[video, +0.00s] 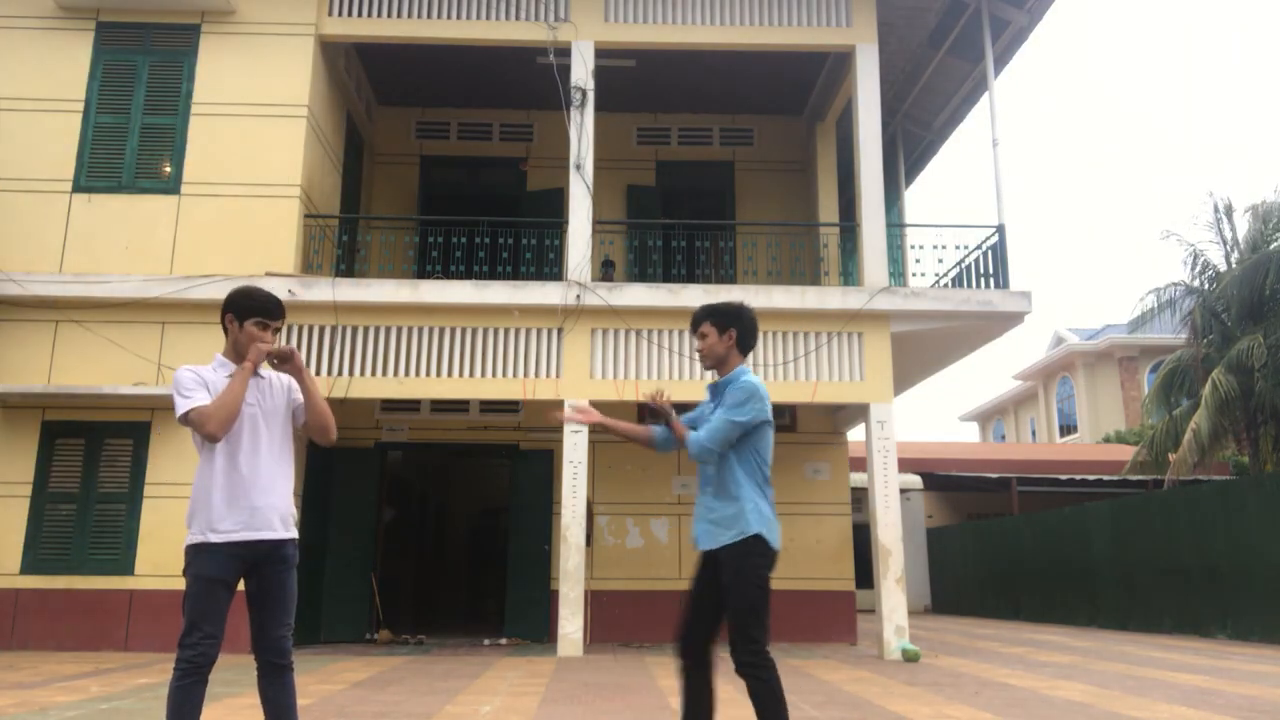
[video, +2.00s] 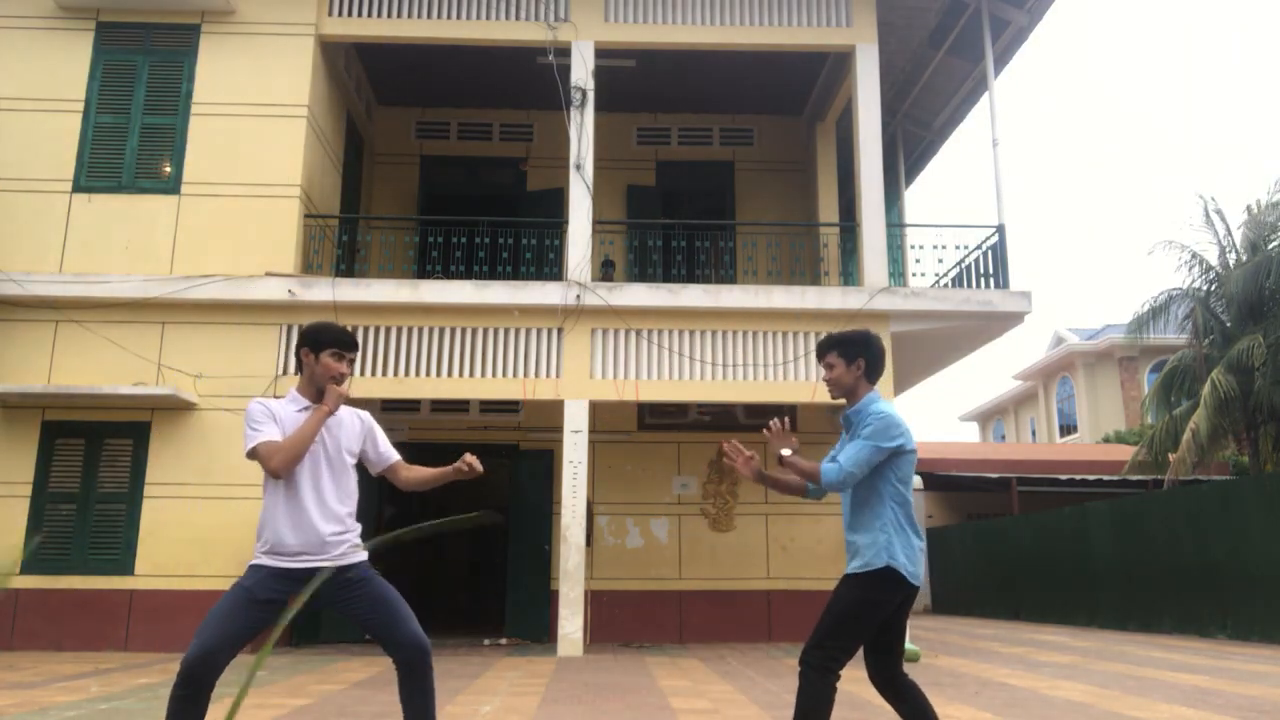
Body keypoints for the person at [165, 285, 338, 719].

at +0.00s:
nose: (268, 337)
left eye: (275, 330)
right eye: (260, 326)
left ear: (279, 335)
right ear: (230, 323)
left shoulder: (285, 386)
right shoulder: (193, 377)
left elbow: (326, 434)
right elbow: (213, 427)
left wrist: (302, 374)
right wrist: (247, 366)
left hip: (277, 538)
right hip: (215, 538)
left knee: (278, 658)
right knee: (197, 656)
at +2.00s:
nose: (345, 370)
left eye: (349, 362)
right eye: (336, 358)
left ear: (351, 367)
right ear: (306, 358)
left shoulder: (358, 421)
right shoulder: (265, 410)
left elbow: (402, 475)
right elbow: (276, 464)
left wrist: (454, 471)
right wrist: (326, 410)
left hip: (346, 567)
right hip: (275, 567)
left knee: (414, 648)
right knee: (197, 664)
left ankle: (423, 716)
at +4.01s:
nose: (334, 367)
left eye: (338, 358)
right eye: (324, 356)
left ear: (342, 362)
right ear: (293, 357)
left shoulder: (351, 416)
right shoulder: (257, 412)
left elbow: (396, 470)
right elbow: (276, 467)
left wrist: (448, 473)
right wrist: (319, 408)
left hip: (348, 570)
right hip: (274, 571)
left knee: (413, 649)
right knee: (199, 663)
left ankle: (422, 719)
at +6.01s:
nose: (124, 400)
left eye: (126, 391)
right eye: (109, 392)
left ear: (134, 396)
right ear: (78, 406)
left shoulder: (175, 434)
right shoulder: (80, 486)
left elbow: (227, 487)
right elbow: (120, 549)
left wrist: (238, 551)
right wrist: (137, 475)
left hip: (234, 579)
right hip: (165, 592)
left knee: (290, 673)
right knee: (84, 676)